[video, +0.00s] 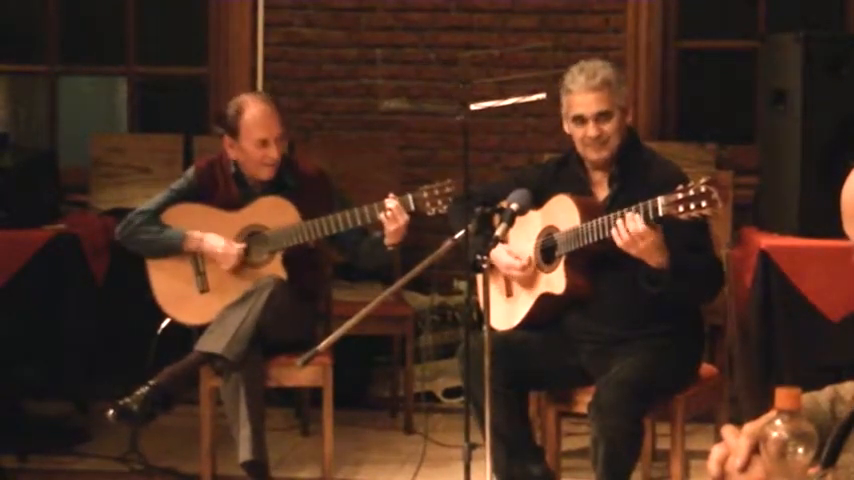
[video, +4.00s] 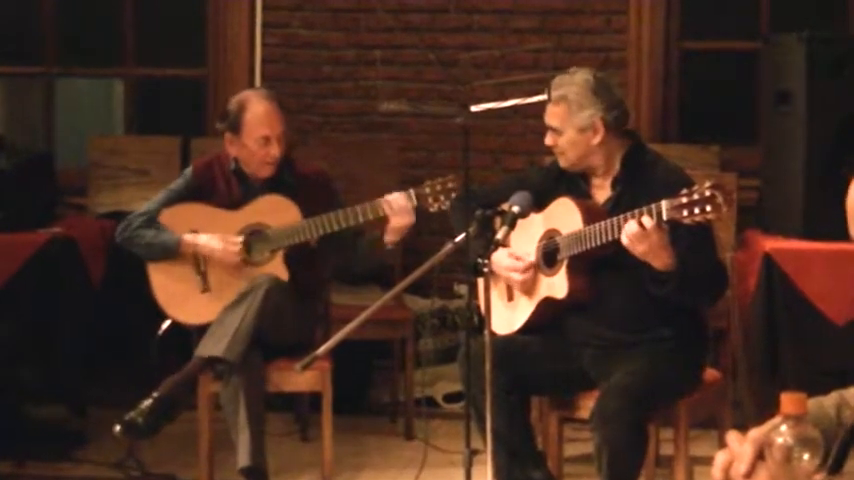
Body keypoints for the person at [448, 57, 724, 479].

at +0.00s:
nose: (593, 131)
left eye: (604, 118)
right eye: (579, 121)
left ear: (626, 115)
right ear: (565, 124)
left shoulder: (664, 182)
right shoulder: (555, 176)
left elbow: (707, 281)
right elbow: (464, 206)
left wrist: (662, 261)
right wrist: (489, 247)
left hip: (653, 341)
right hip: (573, 337)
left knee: (614, 400)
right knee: (487, 354)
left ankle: (611, 474)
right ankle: (523, 471)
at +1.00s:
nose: (577, 139)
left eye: (589, 126)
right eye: (568, 128)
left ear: (623, 119)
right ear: (561, 124)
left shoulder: (665, 184)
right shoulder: (557, 176)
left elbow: (706, 281)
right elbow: (467, 205)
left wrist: (661, 260)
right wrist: (486, 250)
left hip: (653, 342)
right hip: (573, 336)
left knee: (613, 394)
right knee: (484, 353)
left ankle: (609, 473)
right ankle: (524, 471)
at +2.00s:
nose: (584, 143)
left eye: (596, 129)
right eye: (572, 131)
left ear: (625, 119)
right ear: (561, 126)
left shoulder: (665, 183)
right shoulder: (557, 176)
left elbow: (705, 281)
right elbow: (468, 203)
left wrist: (658, 262)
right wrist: (488, 248)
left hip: (654, 342)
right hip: (574, 335)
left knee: (611, 403)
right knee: (485, 353)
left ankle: (613, 474)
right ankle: (523, 471)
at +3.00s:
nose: (585, 138)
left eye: (597, 125)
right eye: (573, 127)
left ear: (624, 117)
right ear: (563, 124)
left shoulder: (666, 183)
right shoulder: (557, 177)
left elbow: (705, 284)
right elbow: (467, 202)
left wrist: (662, 259)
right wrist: (489, 249)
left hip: (652, 344)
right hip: (572, 338)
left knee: (613, 404)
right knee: (484, 352)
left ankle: (613, 474)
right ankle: (525, 471)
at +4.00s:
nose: (548, 141)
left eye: (556, 131)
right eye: (548, 130)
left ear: (595, 131)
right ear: (591, 132)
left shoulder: (667, 186)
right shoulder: (557, 179)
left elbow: (710, 285)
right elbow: (468, 205)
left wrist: (666, 263)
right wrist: (488, 253)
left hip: (657, 346)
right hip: (577, 339)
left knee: (615, 407)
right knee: (486, 358)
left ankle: (618, 475)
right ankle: (524, 473)